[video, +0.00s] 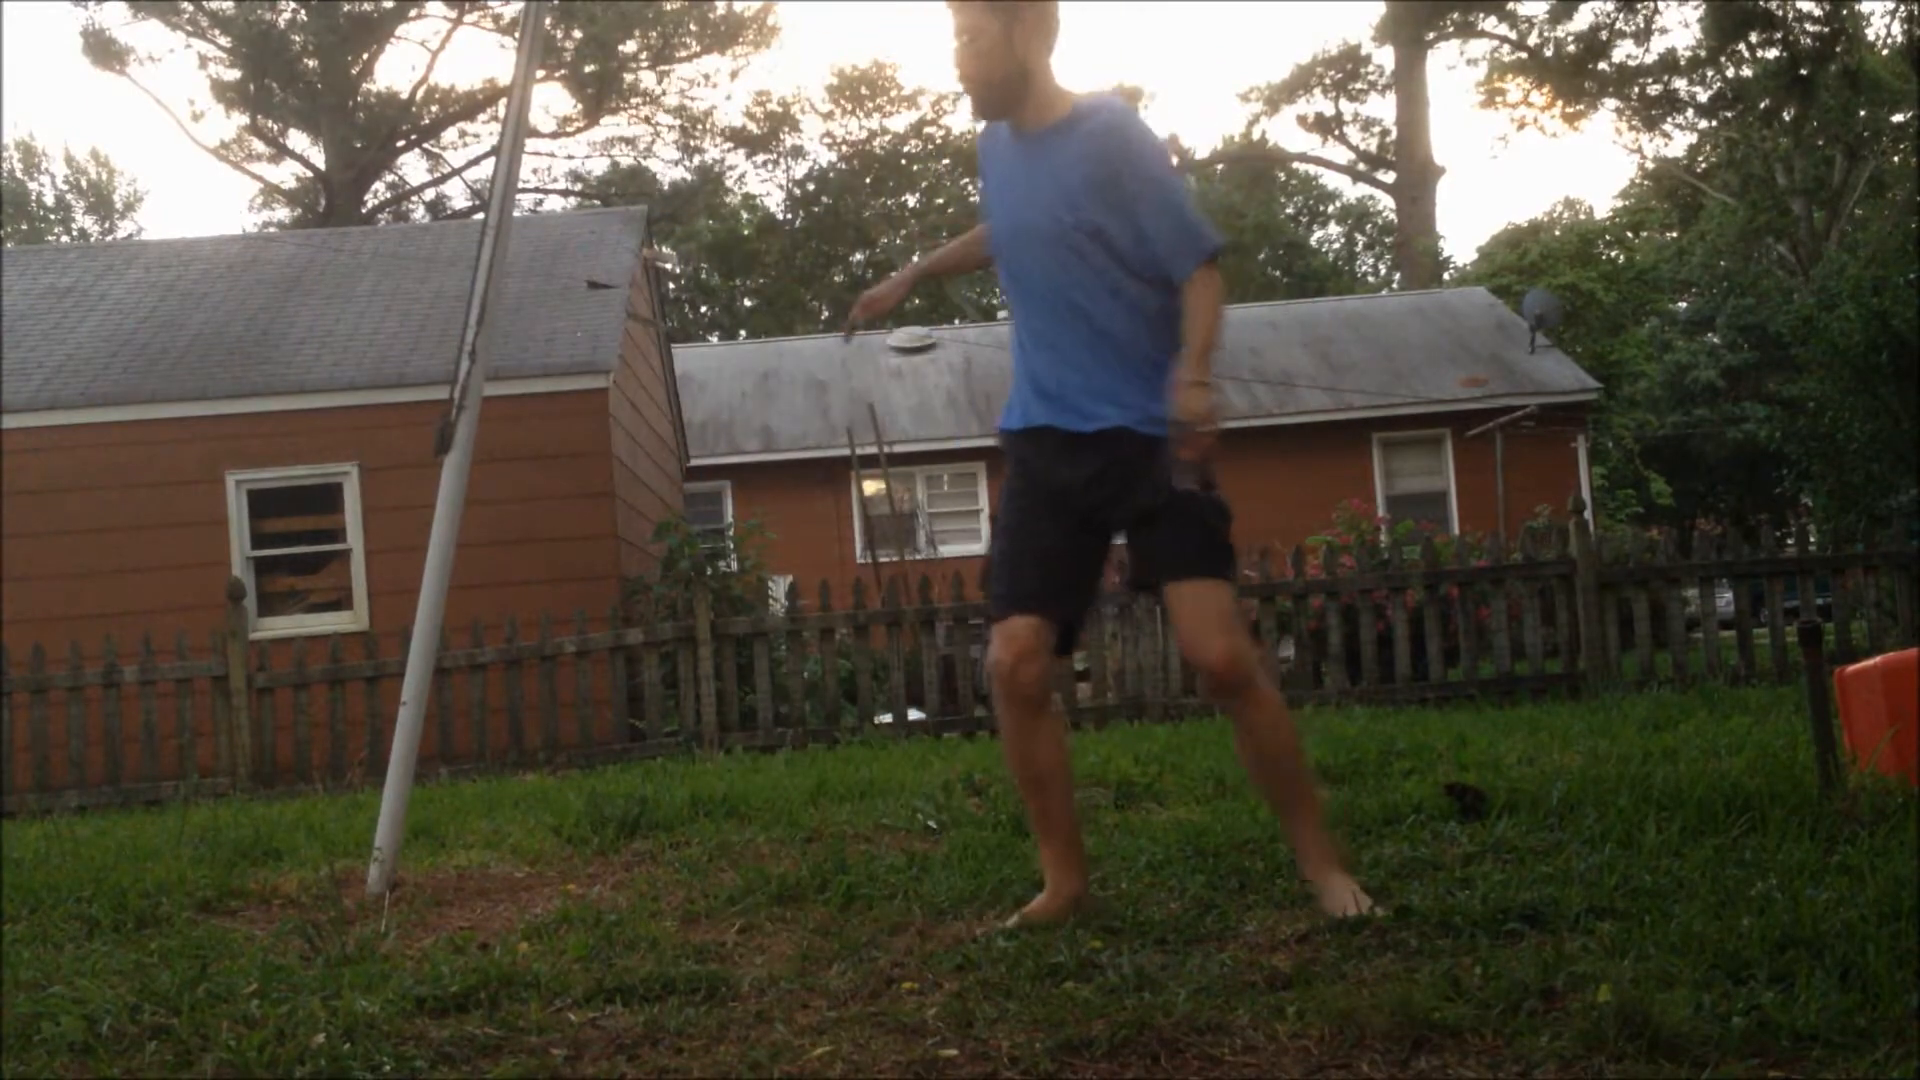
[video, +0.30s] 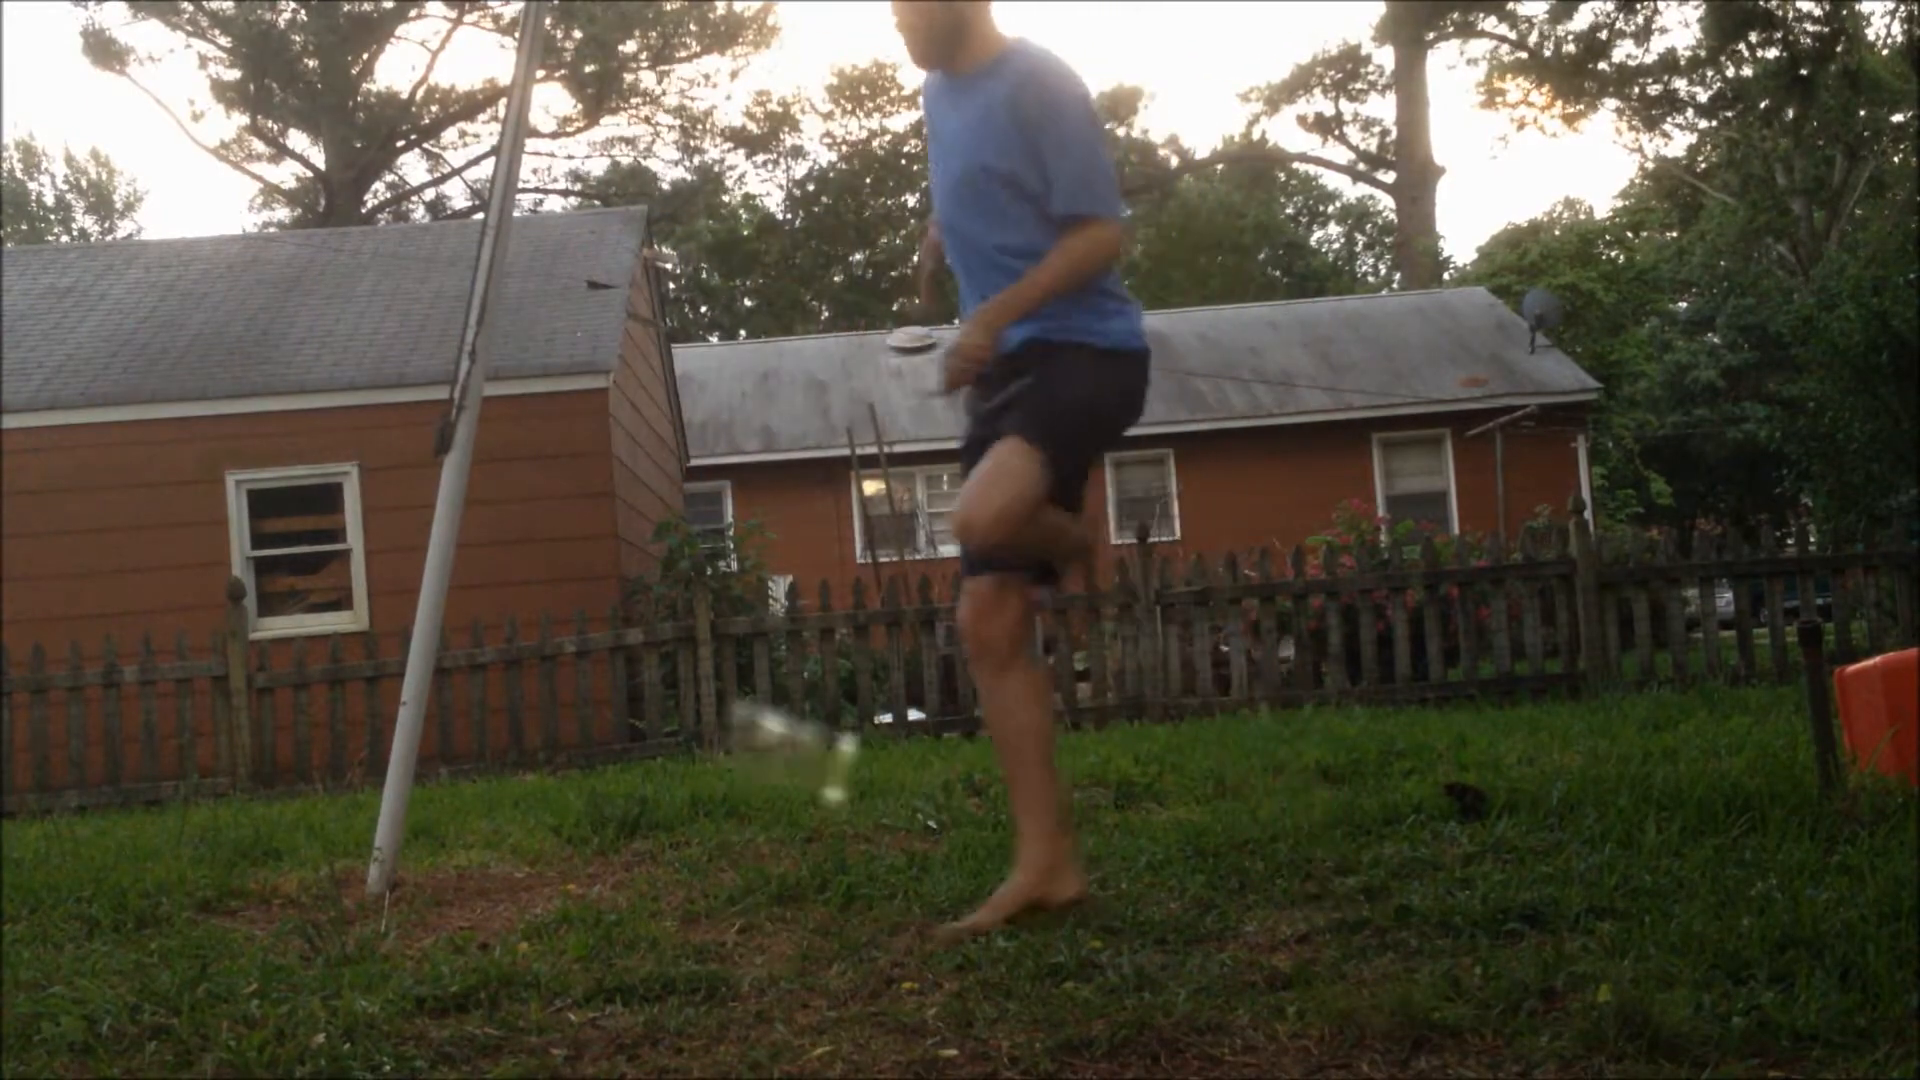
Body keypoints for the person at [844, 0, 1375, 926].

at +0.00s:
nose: (958, 49)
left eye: (971, 27)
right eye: (955, 31)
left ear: (1030, 28)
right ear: (975, 38)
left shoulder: (1111, 132)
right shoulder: (993, 145)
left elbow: (1201, 265)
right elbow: (1010, 231)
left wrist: (1193, 369)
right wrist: (911, 274)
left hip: (1153, 432)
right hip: (1045, 439)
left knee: (1220, 657)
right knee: (1017, 664)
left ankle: (1324, 869)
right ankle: (1063, 886)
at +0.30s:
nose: (898, 24)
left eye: (908, 5)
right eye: (895, 9)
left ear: (959, 4)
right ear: (922, 16)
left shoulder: (1039, 81)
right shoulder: (940, 92)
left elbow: (1102, 231)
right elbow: (961, 190)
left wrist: (990, 316)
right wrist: (928, 253)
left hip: (1086, 348)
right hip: (1006, 361)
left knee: (985, 515)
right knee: (988, 622)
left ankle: (1078, 547)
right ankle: (1046, 863)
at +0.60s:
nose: (913, 31)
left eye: (932, 12)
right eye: (915, 14)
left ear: (986, 23)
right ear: (945, 30)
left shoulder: (1017, 119)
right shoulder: (964, 135)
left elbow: (1061, 268)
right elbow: (1010, 280)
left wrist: (930, 317)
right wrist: (945, 375)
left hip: (1026, 388)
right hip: (989, 392)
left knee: (833, 493)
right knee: (929, 655)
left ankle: (1048, 618)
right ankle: (1027, 879)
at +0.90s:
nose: (1034, 47)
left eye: (1049, 28)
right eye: (1037, 30)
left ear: (1100, 35)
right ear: (1088, 39)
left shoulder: (1107, 136)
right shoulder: (1089, 141)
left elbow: (994, 229)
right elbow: (1049, 248)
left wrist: (837, 258)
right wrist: (949, 206)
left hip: (1025, 380)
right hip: (1030, 403)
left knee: (805, 289)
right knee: (927, 651)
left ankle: (547, 320)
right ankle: (1032, 877)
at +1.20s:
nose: (1106, 23)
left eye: (1114, 10)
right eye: (1110, 14)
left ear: (1146, 13)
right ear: (1186, 20)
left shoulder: (1147, 69)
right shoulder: (1196, 116)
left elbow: (997, 145)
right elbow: (1105, 251)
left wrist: (845, 168)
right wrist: (1009, 186)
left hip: (1165, 333)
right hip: (1200, 362)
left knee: (916, 286)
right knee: (1093, 608)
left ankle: (867, 516)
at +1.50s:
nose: (1173, 35)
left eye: (1183, 16)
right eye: (1176, 18)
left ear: (1226, 21)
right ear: (1244, 25)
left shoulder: (1251, 90)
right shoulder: (1259, 142)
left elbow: (1295, 181)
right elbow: (1178, 287)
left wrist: (1171, 192)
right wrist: (1051, 240)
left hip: (1304, 374)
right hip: (1351, 384)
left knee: (1105, 520)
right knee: (1338, 639)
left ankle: (1308, 647)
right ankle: (1388, 870)